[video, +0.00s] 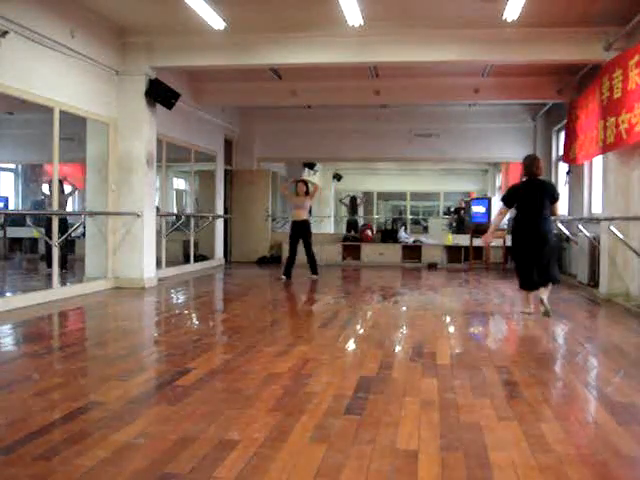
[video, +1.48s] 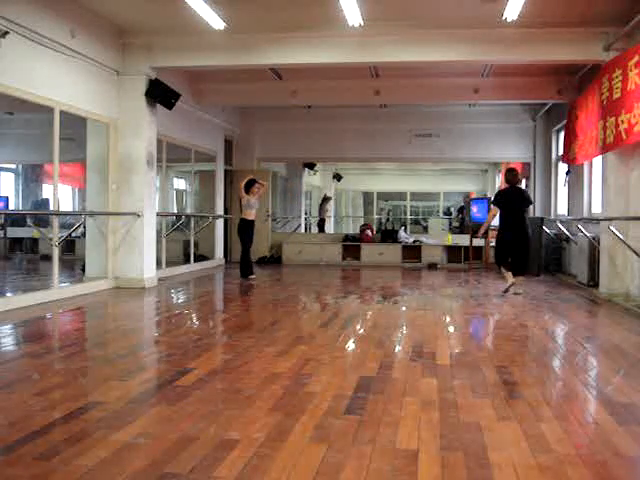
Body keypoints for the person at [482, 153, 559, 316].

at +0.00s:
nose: (542, 168)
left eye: (540, 165)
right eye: (540, 166)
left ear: (524, 169)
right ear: (539, 168)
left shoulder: (516, 189)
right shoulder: (548, 187)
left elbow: (502, 213)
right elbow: (555, 212)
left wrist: (490, 233)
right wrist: (542, 210)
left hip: (521, 235)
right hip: (543, 235)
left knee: (525, 270)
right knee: (548, 269)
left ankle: (528, 306)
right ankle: (544, 296)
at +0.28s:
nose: (538, 170)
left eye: (536, 167)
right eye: (537, 167)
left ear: (522, 169)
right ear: (537, 169)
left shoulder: (513, 189)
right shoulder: (545, 188)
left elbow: (508, 213)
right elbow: (554, 211)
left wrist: (511, 226)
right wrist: (553, 226)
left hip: (519, 232)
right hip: (540, 232)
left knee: (522, 264)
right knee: (540, 263)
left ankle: (528, 303)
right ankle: (539, 299)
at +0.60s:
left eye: (522, 170)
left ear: (521, 172)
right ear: (536, 172)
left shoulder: (514, 190)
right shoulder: (543, 189)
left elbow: (504, 211)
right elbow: (551, 211)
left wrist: (497, 227)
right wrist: (543, 217)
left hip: (518, 232)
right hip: (538, 233)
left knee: (519, 263)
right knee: (535, 264)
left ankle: (522, 294)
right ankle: (533, 299)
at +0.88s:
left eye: (519, 174)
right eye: (527, 174)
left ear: (515, 177)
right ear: (530, 176)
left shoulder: (510, 194)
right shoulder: (536, 193)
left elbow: (502, 213)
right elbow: (539, 213)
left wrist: (493, 230)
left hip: (514, 233)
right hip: (532, 233)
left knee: (515, 260)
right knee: (532, 261)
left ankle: (514, 291)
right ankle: (533, 293)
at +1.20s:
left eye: (510, 177)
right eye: (519, 177)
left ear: (507, 179)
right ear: (521, 179)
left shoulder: (502, 194)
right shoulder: (527, 194)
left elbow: (493, 214)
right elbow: (538, 213)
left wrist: (491, 225)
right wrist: (533, 221)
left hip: (508, 231)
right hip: (522, 231)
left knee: (510, 259)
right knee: (520, 258)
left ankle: (515, 290)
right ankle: (519, 287)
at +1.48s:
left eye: (506, 177)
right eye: (517, 176)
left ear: (505, 179)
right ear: (518, 179)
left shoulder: (501, 194)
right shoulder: (523, 193)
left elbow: (493, 212)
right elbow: (528, 211)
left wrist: (484, 227)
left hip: (506, 229)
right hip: (521, 229)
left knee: (500, 256)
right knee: (518, 256)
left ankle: (510, 278)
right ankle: (517, 286)